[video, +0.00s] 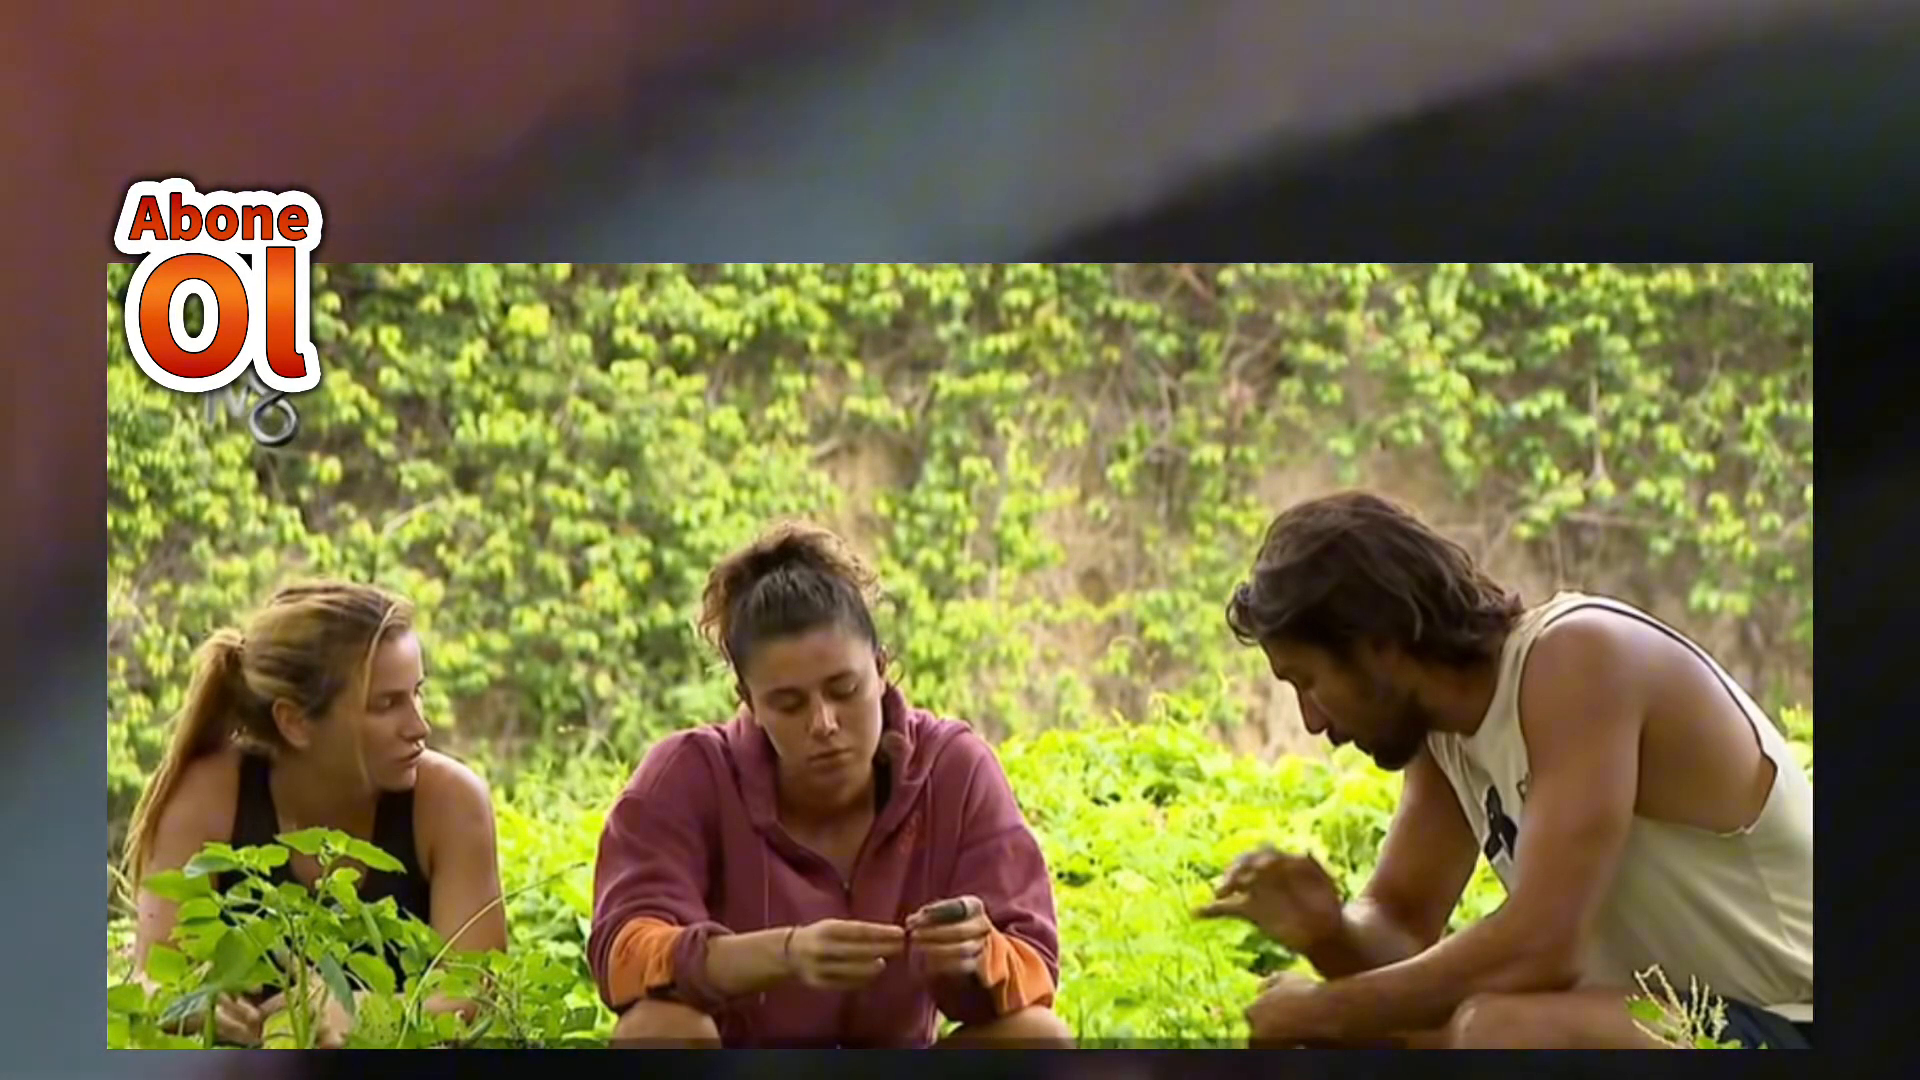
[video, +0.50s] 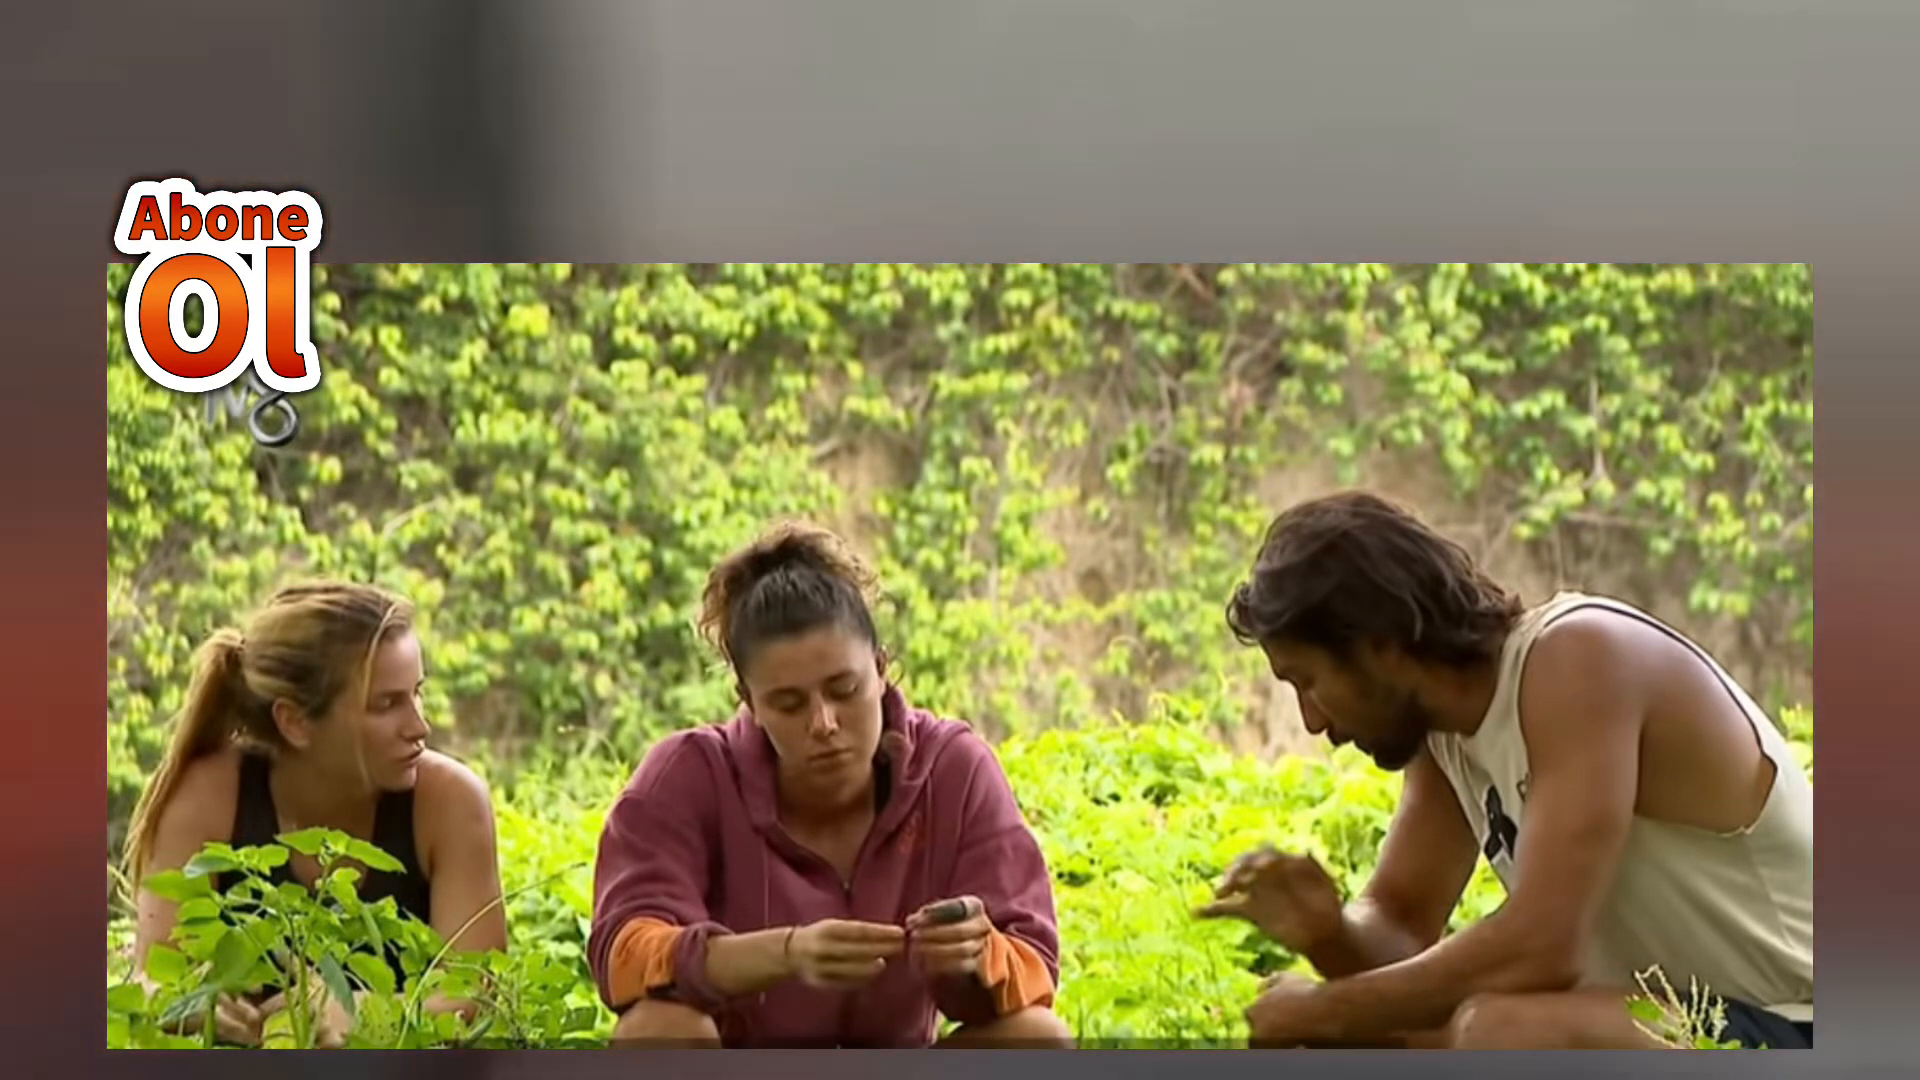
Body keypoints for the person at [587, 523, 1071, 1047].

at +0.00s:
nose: (824, 725)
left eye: (844, 690)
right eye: (789, 703)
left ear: (881, 670)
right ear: (747, 700)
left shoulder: (955, 766)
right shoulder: (687, 773)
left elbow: (1030, 971)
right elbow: (629, 957)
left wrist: (977, 953)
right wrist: (785, 953)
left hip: (897, 1053)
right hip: (739, 1056)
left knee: (1036, 1035)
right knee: (659, 1026)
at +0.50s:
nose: (824, 725)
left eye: (844, 690)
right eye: (789, 703)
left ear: (880, 669)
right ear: (747, 699)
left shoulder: (956, 766)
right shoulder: (687, 773)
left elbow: (1031, 968)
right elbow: (629, 956)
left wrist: (978, 952)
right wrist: (786, 952)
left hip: (897, 1056)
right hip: (739, 1058)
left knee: (1038, 1035)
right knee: (659, 1026)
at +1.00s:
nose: (824, 725)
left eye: (844, 690)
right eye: (789, 703)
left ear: (880, 669)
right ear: (747, 699)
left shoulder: (955, 766)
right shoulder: (687, 773)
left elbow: (1031, 969)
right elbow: (629, 957)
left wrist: (978, 952)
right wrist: (787, 952)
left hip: (896, 1061)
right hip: (737, 1062)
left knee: (1038, 1037)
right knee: (659, 1027)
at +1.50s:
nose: (824, 725)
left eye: (844, 690)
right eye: (789, 703)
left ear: (881, 670)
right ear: (747, 699)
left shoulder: (955, 766)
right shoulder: (687, 773)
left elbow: (1031, 969)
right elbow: (629, 957)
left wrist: (977, 953)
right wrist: (787, 951)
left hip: (898, 1059)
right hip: (739, 1061)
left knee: (1037, 1036)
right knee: (659, 1027)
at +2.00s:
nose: (824, 725)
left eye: (844, 690)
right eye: (789, 703)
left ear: (881, 670)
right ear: (747, 698)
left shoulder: (955, 766)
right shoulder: (687, 773)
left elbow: (1030, 970)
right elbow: (629, 957)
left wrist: (977, 954)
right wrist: (786, 952)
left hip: (898, 1062)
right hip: (739, 1063)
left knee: (1037, 1037)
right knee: (658, 1026)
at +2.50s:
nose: (824, 725)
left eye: (844, 690)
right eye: (789, 703)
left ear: (881, 670)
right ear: (747, 699)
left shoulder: (955, 766)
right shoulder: (687, 773)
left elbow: (1031, 969)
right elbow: (629, 957)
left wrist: (977, 954)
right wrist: (787, 951)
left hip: (899, 1043)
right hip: (739, 1045)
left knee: (1037, 1034)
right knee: (658, 1025)